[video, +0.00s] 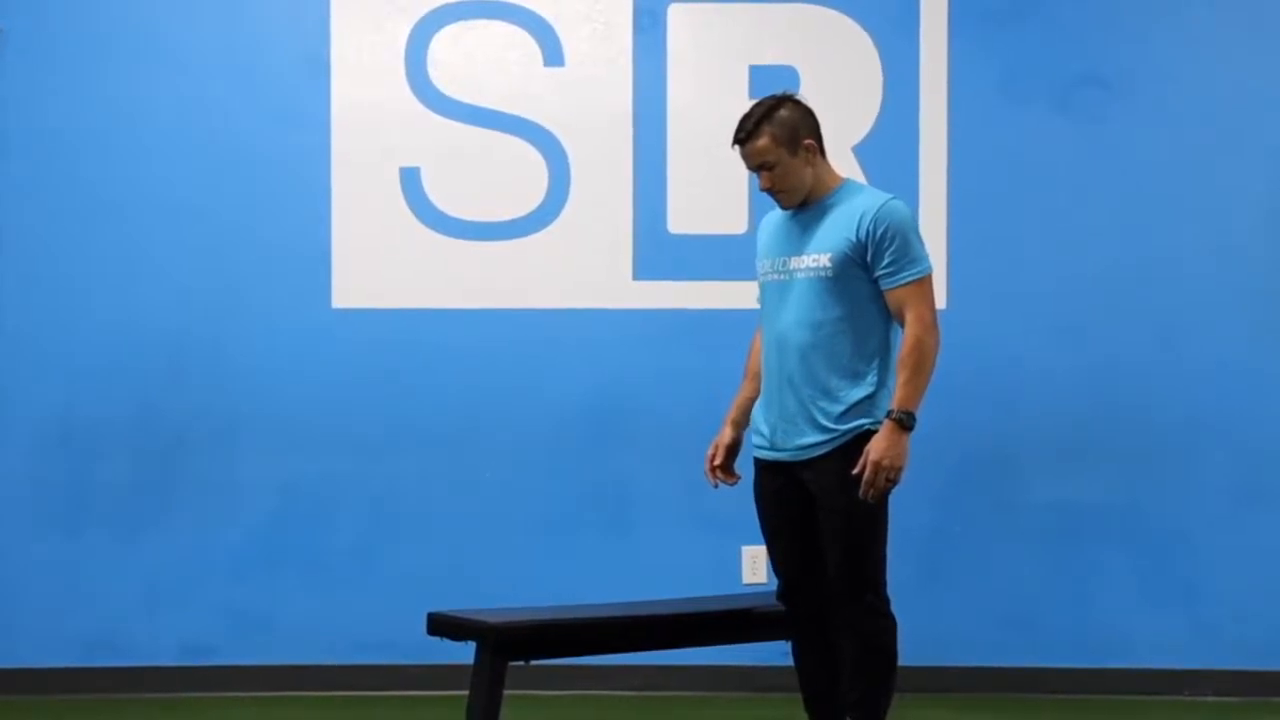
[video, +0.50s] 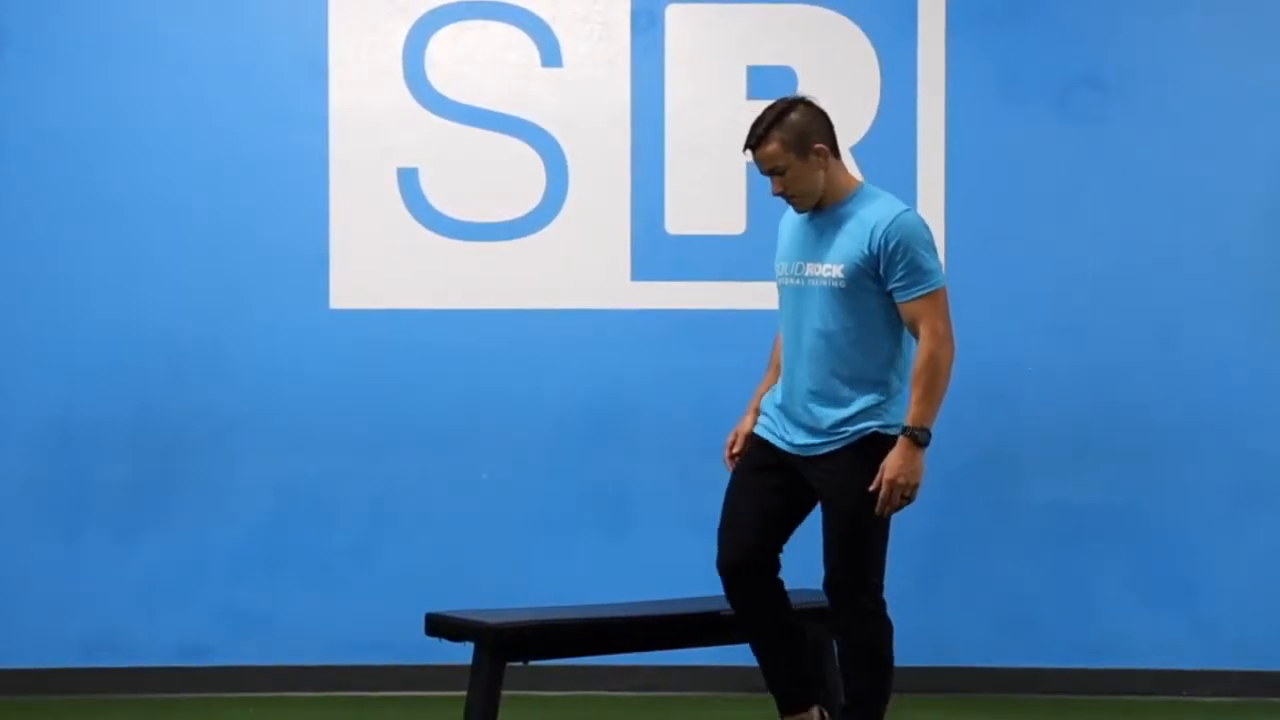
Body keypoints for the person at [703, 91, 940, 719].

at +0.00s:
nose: (762, 184)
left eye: (768, 169)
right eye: (755, 172)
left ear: (809, 150)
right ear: (764, 164)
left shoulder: (877, 215)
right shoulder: (771, 229)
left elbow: (921, 325)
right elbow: (773, 330)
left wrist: (898, 424)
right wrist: (735, 423)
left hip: (846, 449)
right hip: (776, 454)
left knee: (856, 610)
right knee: (805, 615)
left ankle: (863, 715)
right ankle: (826, 715)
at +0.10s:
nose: (762, 184)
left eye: (768, 169)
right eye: (755, 172)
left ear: (809, 151)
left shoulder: (877, 216)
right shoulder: (771, 230)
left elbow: (922, 325)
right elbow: (774, 331)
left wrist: (899, 425)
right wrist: (737, 423)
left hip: (847, 449)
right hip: (777, 454)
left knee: (856, 610)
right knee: (805, 615)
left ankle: (862, 715)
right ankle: (825, 715)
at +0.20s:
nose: (763, 185)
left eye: (769, 169)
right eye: (756, 173)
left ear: (810, 152)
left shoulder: (879, 217)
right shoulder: (772, 229)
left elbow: (924, 326)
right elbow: (777, 331)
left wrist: (901, 426)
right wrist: (740, 423)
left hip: (847, 448)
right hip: (776, 453)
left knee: (852, 611)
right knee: (802, 615)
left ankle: (860, 715)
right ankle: (824, 715)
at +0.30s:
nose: (766, 186)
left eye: (772, 171)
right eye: (759, 174)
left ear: (813, 153)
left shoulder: (884, 219)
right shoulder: (777, 227)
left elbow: (928, 330)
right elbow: (781, 330)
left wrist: (905, 430)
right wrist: (744, 419)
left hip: (848, 448)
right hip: (776, 451)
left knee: (851, 610)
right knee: (796, 613)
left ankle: (859, 715)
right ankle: (821, 716)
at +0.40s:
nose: (771, 186)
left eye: (776, 171)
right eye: (763, 174)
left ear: (818, 154)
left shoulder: (890, 222)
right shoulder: (784, 224)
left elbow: (933, 334)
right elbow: (787, 330)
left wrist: (909, 434)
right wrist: (749, 417)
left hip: (853, 443)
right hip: (778, 442)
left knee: (851, 601)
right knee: (771, 591)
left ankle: (859, 714)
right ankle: (815, 713)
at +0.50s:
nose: (774, 187)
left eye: (779, 172)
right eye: (767, 175)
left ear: (821, 155)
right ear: (809, 160)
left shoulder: (893, 225)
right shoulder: (794, 223)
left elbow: (936, 337)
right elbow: (795, 332)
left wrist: (913, 440)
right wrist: (756, 411)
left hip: (859, 439)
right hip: (783, 433)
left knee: (853, 598)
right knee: (741, 563)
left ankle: (862, 714)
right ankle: (803, 708)